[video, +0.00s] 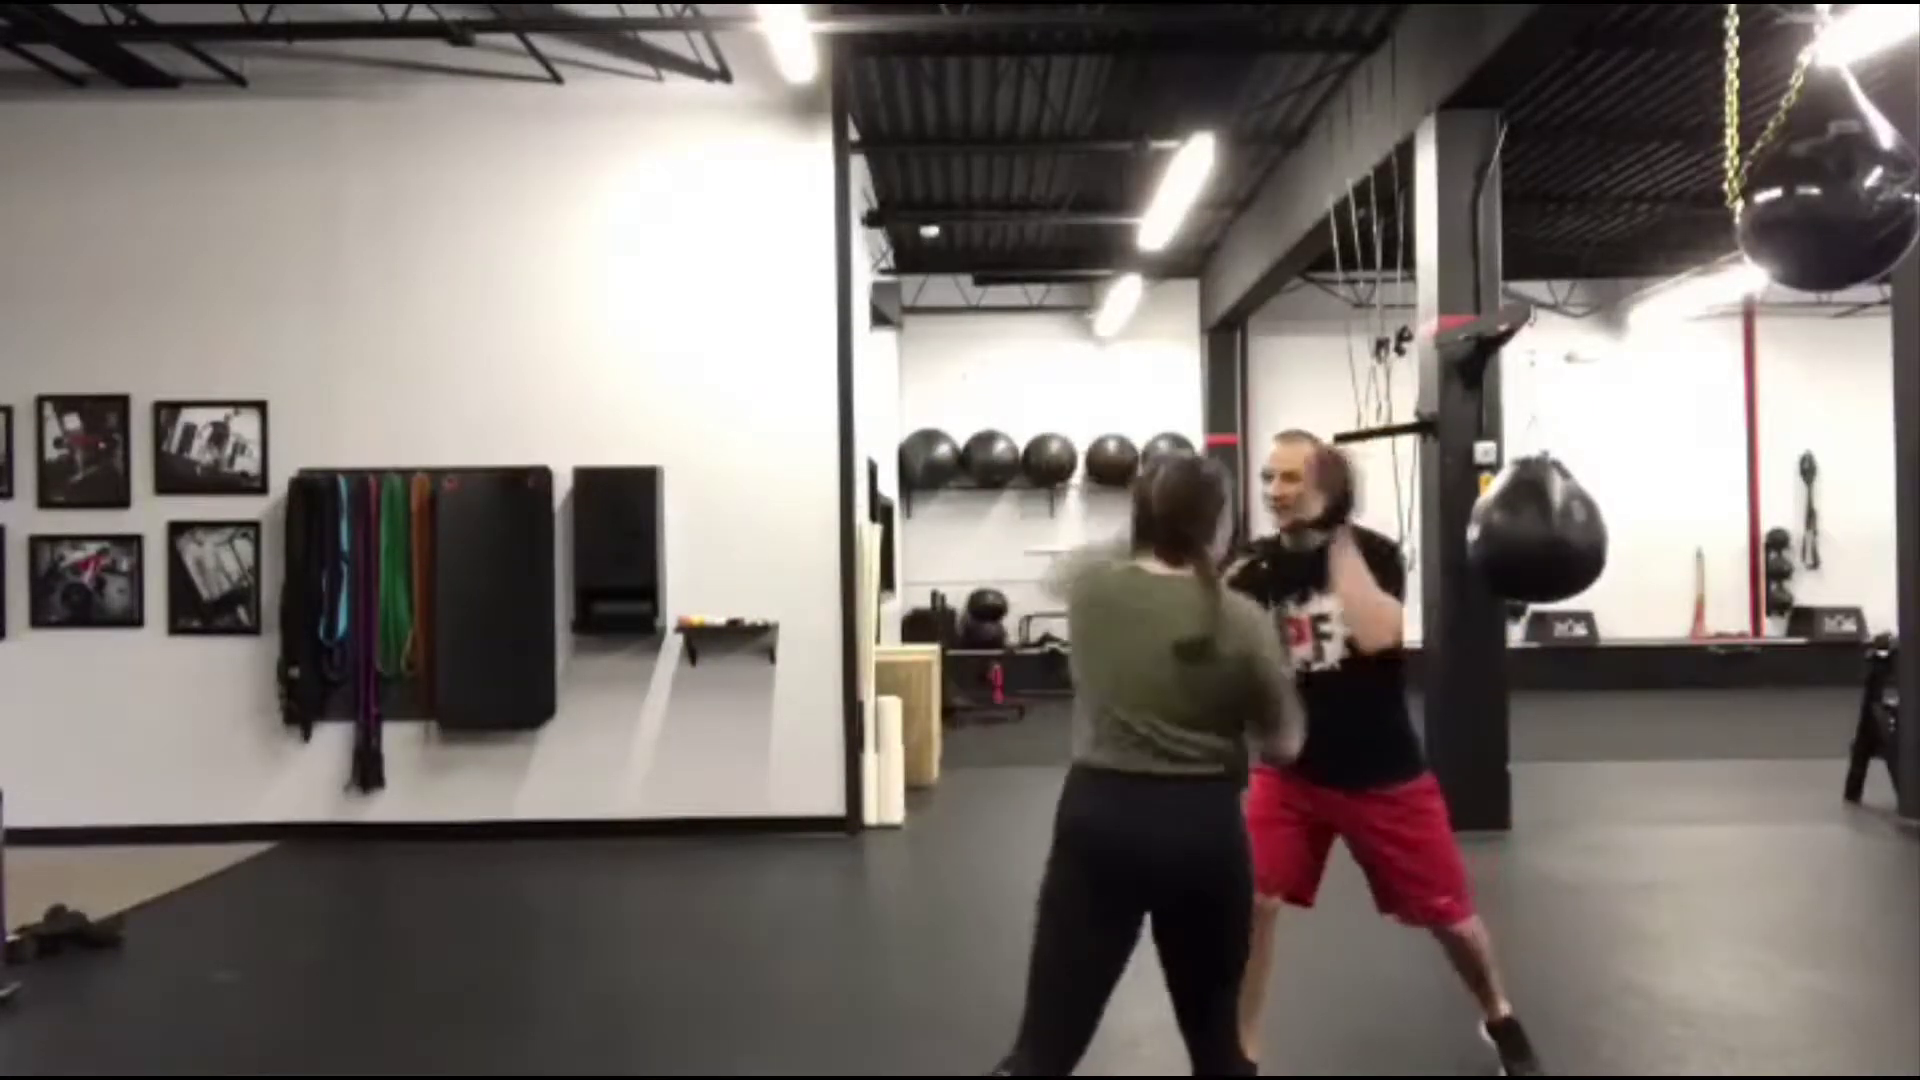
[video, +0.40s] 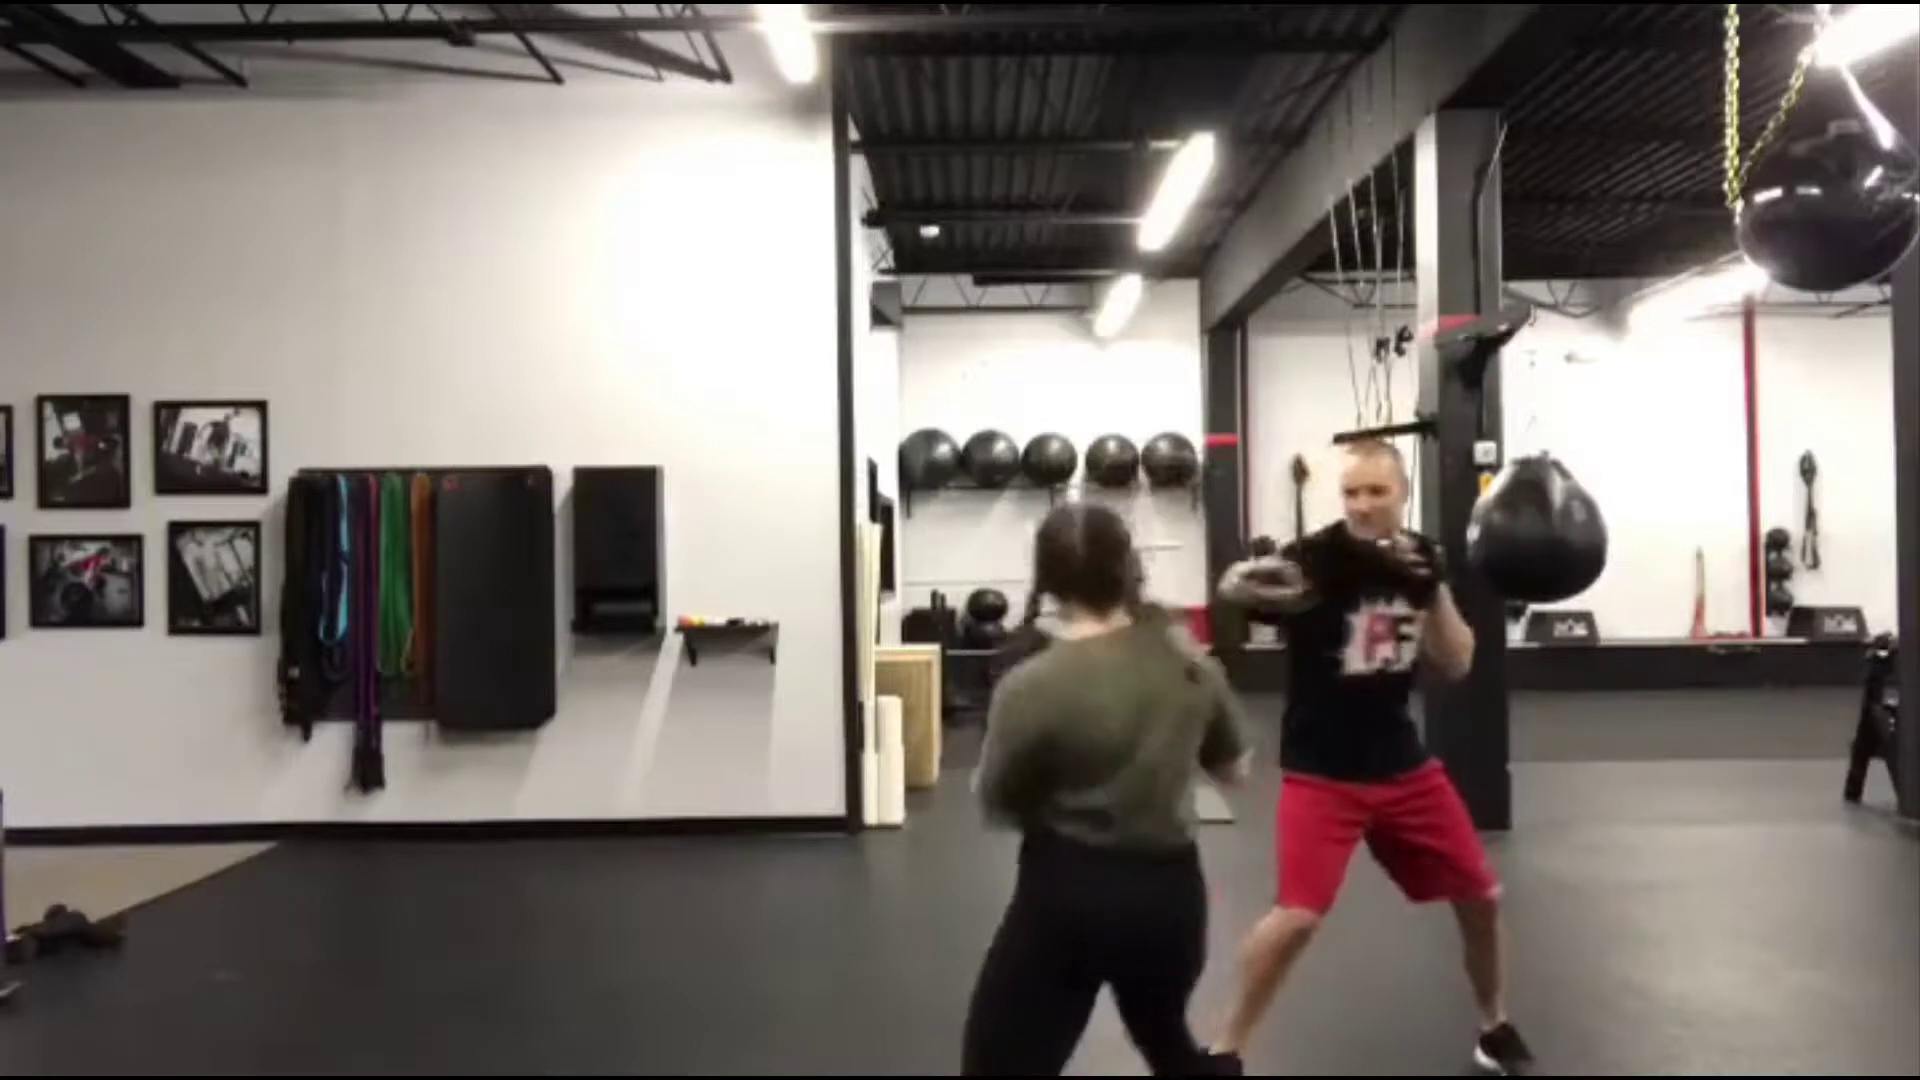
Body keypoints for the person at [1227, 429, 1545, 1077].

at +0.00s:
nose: (1277, 490)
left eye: (1292, 479)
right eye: (1270, 479)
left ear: (1329, 487)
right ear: (1262, 487)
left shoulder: (1373, 555)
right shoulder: (1254, 567)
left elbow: (1379, 634)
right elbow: (1211, 642)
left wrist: (1337, 541)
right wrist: (1228, 586)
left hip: (1386, 779)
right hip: (1284, 776)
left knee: (1456, 924)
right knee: (1253, 905)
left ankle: (1500, 1020)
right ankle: (1242, 1051)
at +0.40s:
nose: (1363, 505)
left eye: (1376, 492)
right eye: (1352, 493)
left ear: (1403, 493)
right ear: (1339, 496)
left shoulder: (1424, 562)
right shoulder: (1312, 560)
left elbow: (1457, 663)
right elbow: (1242, 591)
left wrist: (1429, 582)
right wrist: (1239, 588)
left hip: (1406, 769)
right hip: (1320, 775)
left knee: (1480, 895)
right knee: (1298, 917)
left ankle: (1494, 1028)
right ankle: (1227, 1051)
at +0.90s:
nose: (1301, 494)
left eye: (1314, 481)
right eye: (1290, 483)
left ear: (1340, 483)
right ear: (1277, 489)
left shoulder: (1386, 553)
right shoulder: (1261, 565)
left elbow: (1412, 644)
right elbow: (1231, 655)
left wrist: (1347, 576)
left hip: (1400, 773)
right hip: (1300, 772)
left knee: (1465, 915)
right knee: (1253, 908)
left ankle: (1512, 1021)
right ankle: (1237, 1047)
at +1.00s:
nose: (1301, 501)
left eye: (1314, 487)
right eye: (1289, 489)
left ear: (1342, 490)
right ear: (1278, 496)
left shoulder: (1391, 561)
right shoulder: (1266, 568)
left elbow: (1435, 665)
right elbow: (1234, 649)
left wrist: (1360, 660)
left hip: (1405, 778)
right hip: (1311, 778)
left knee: (1469, 914)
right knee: (1264, 914)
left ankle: (1514, 1022)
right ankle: (1235, 1047)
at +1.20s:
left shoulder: (1327, 569)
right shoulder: (1198, 585)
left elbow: (1391, 657)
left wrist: (1361, 720)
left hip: (1338, 765)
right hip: (1252, 778)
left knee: (1420, 896)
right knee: (1245, 915)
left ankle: (1500, 1018)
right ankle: (1236, 1045)